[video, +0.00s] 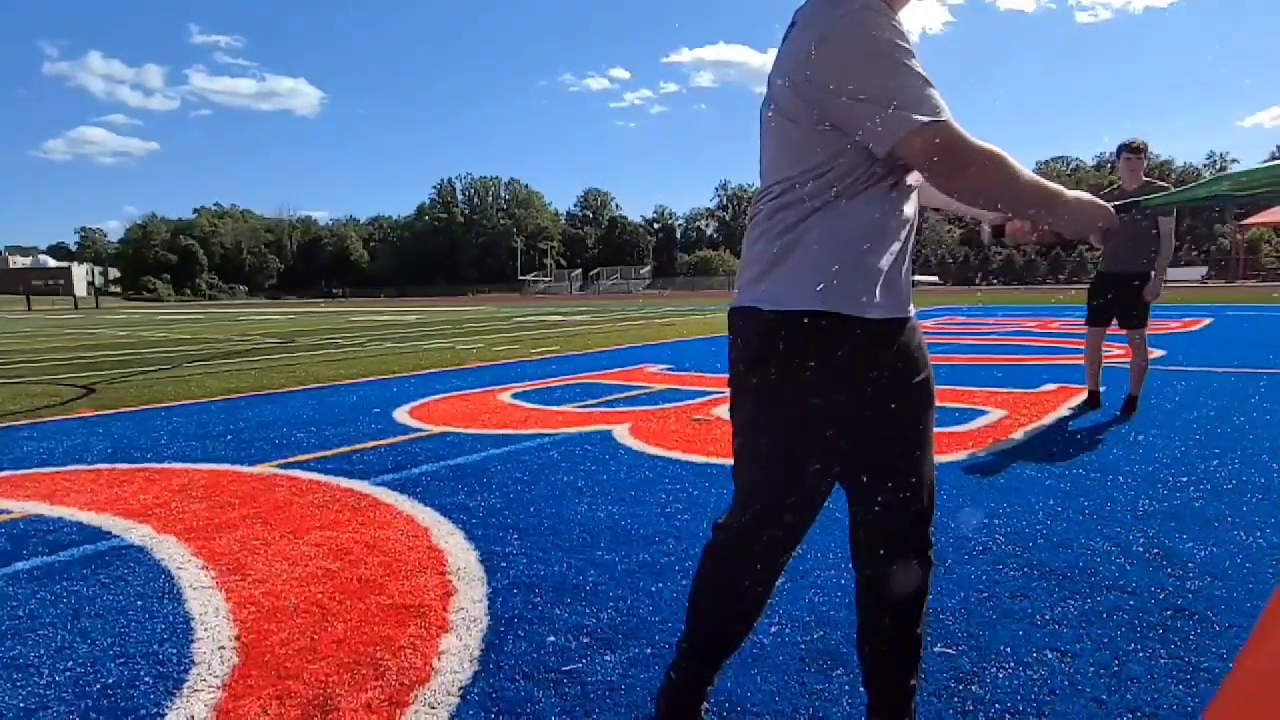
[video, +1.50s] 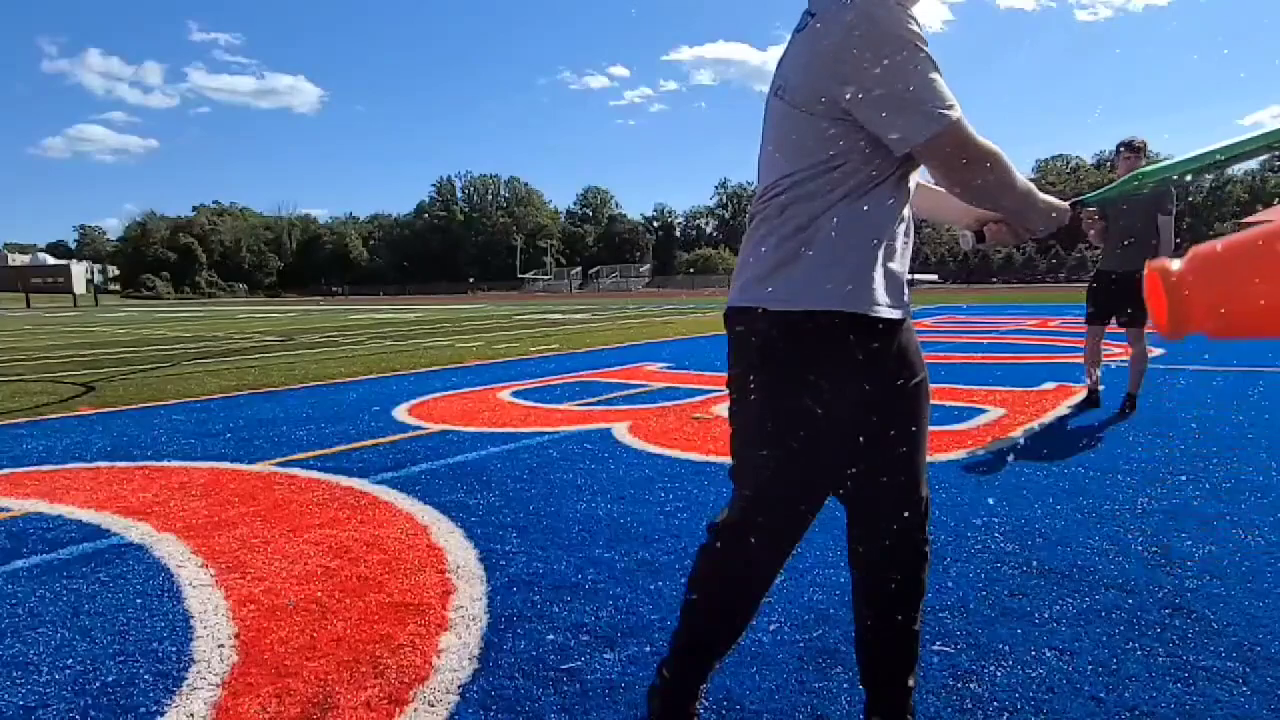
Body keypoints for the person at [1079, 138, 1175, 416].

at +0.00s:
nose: (1133, 164)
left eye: (1138, 159)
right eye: (1128, 159)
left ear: (1145, 162)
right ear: (1118, 163)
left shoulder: (1160, 193)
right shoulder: (1107, 197)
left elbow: (1167, 238)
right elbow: (1098, 241)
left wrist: (1157, 277)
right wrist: (1091, 221)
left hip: (1137, 277)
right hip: (1106, 275)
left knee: (1136, 340)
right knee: (1093, 337)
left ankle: (1132, 398)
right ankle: (1093, 395)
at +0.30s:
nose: (1133, 164)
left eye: (1138, 159)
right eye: (1128, 159)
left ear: (1145, 162)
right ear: (1118, 162)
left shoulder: (1160, 193)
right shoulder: (1106, 198)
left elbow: (1167, 238)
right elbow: (1099, 240)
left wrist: (1157, 277)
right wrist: (1093, 230)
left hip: (1137, 276)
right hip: (1106, 275)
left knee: (1136, 341)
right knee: (1093, 337)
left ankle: (1132, 397)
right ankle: (1093, 394)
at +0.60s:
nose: (1133, 163)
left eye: (1138, 158)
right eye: (1128, 158)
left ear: (1145, 162)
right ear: (1118, 162)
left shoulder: (1158, 193)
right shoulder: (1107, 197)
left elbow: (1167, 239)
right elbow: (1098, 241)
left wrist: (1157, 277)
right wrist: (1092, 224)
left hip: (1137, 275)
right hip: (1106, 274)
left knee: (1136, 339)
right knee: (1093, 335)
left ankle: (1132, 396)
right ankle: (1092, 391)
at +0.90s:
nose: (1132, 160)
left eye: (1137, 156)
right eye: (1127, 156)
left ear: (1144, 160)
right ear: (1117, 160)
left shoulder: (1157, 194)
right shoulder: (1107, 197)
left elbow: (1167, 240)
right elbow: (1098, 241)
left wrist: (1157, 276)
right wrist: (1093, 228)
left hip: (1137, 275)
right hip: (1105, 274)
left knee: (1136, 341)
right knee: (1093, 337)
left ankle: (1132, 397)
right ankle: (1092, 392)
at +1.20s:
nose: (1131, 161)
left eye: (1136, 157)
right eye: (1126, 157)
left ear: (1144, 161)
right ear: (1117, 161)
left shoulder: (1159, 194)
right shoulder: (1109, 195)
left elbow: (1167, 239)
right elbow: (1099, 240)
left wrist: (1157, 277)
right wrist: (1091, 227)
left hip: (1138, 273)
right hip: (1107, 272)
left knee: (1136, 337)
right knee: (1093, 333)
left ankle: (1136, 393)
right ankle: (1092, 391)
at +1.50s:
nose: (1131, 160)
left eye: (1136, 156)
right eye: (1126, 156)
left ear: (1144, 159)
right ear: (1117, 160)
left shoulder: (1159, 190)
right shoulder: (1108, 192)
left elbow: (1166, 236)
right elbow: (1099, 239)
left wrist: (1163, 272)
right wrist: (1090, 227)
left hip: (1137, 272)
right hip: (1106, 271)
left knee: (1136, 338)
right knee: (1093, 332)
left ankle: (1131, 395)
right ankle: (1093, 390)